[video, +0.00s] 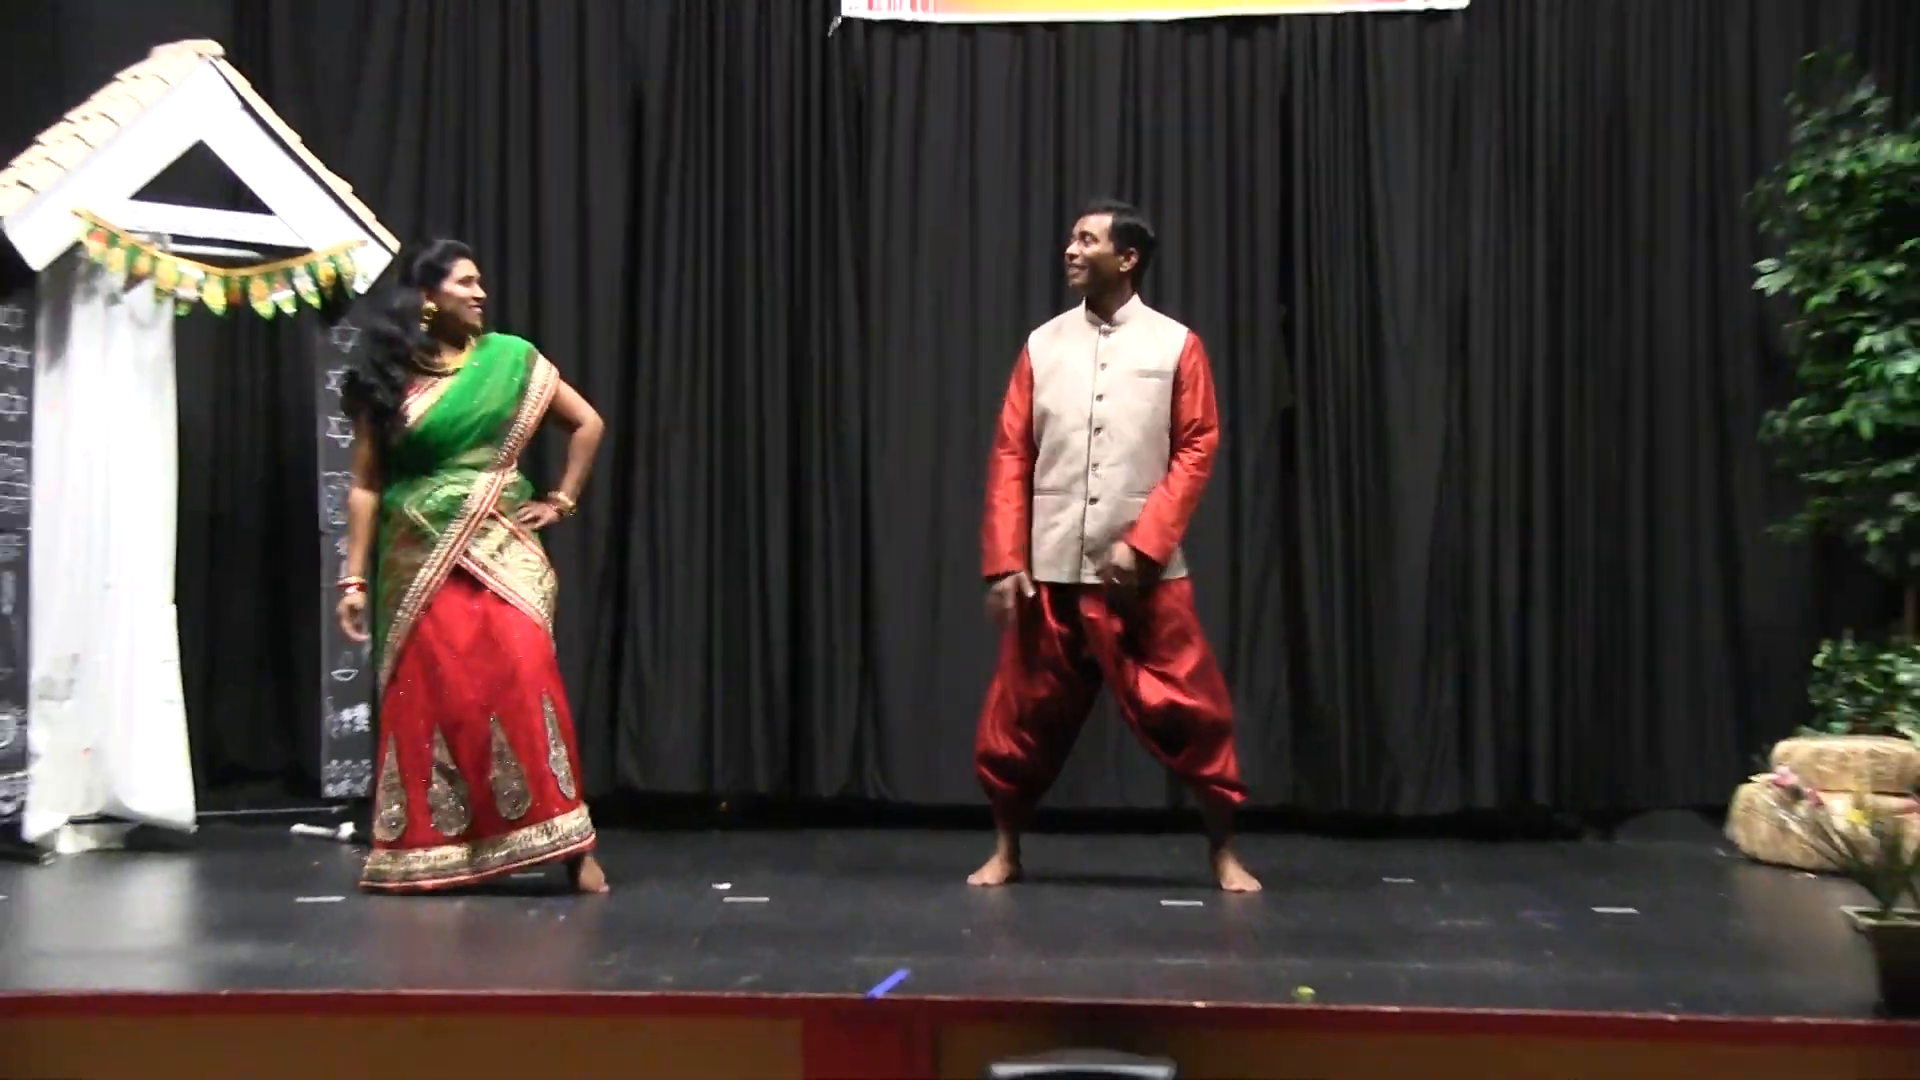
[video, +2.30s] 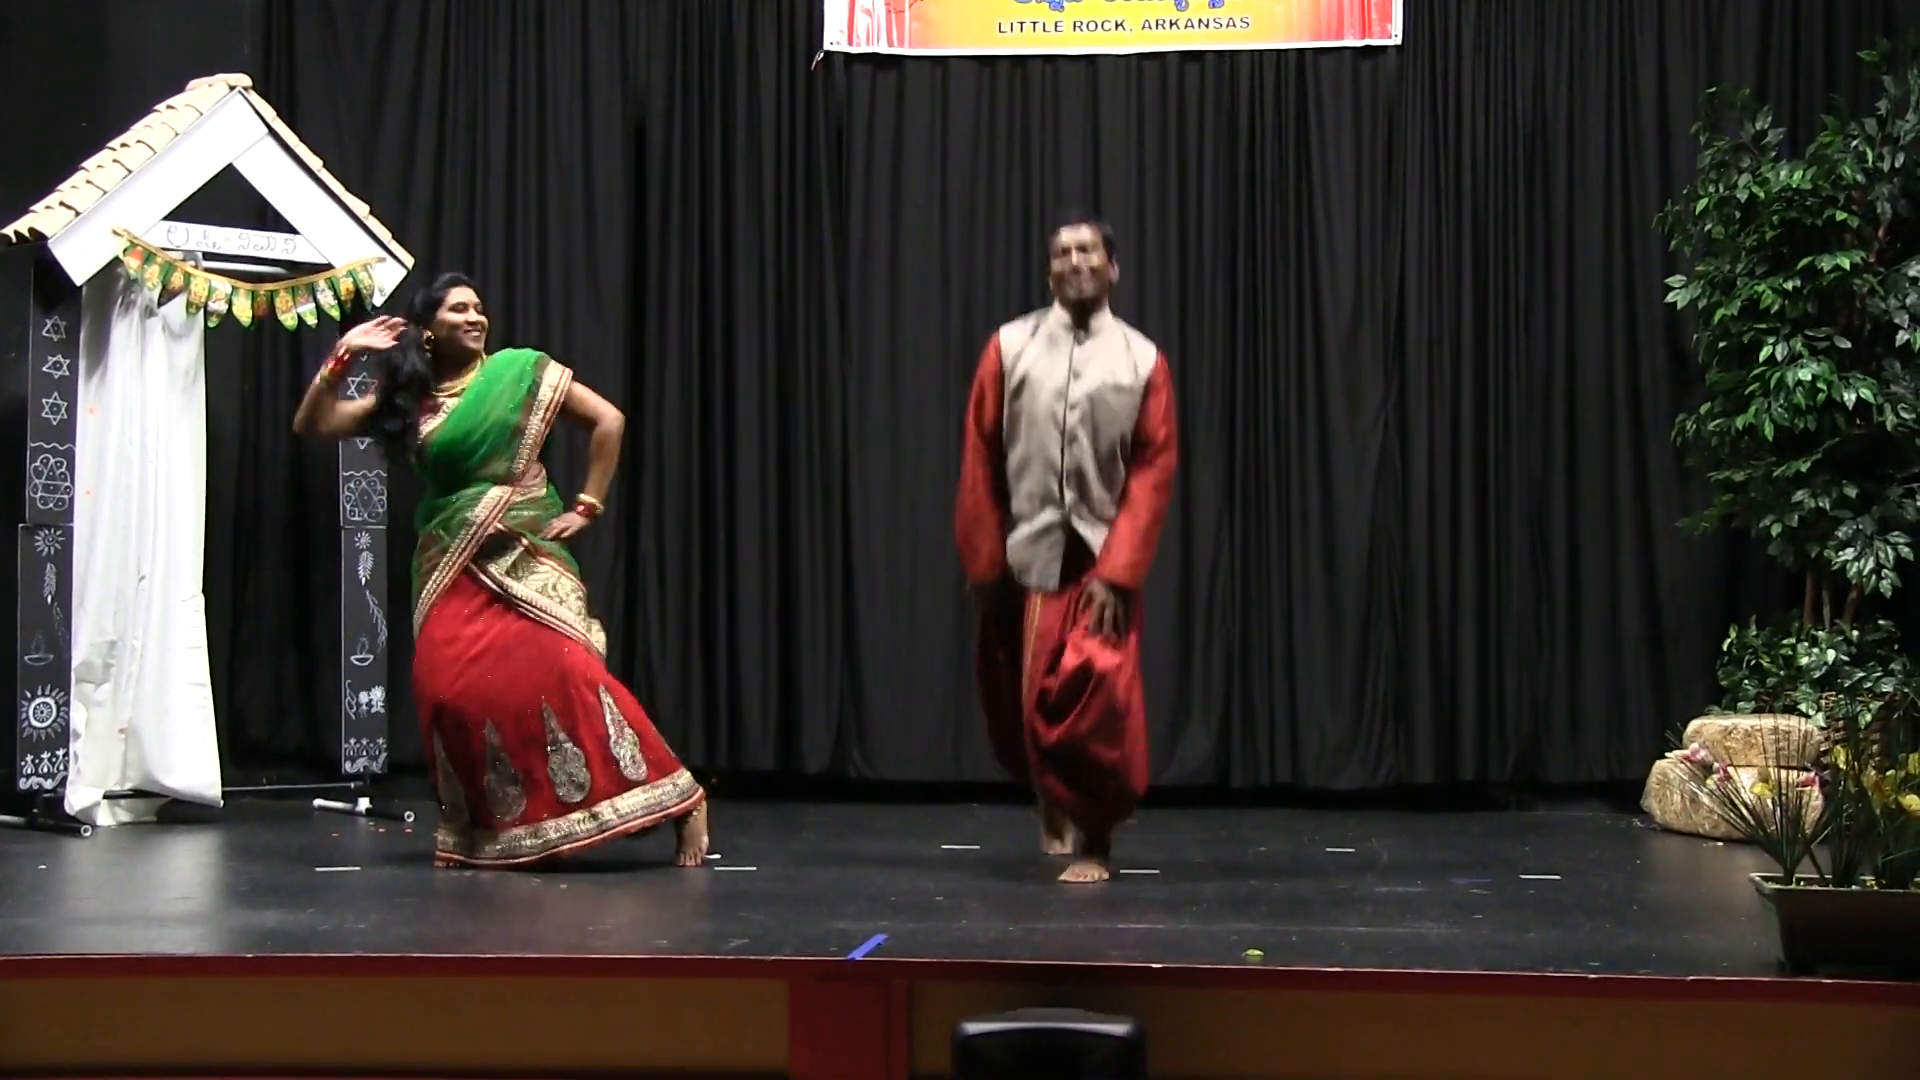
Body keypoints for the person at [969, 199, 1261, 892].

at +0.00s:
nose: (1071, 250)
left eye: (1087, 240)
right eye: (1071, 239)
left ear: (1129, 256)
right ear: (1073, 254)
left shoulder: (1176, 344)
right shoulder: (1041, 345)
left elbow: (1198, 448)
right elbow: (1011, 453)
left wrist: (1147, 542)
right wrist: (1005, 559)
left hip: (1143, 571)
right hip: (1049, 571)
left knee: (1196, 711)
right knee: (1018, 715)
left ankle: (1224, 855)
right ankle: (1004, 852)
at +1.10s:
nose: (1063, 289)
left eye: (1077, 280)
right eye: (1054, 279)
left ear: (1102, 297)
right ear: (1042, 294)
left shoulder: (1134, 377)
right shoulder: (1005, 380)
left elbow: (1162, 473)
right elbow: (974, 480)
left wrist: (1128, 553)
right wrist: (962, 581)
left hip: (1113, 574)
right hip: (1033, 577)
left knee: (1117, 692)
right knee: (1037, 716)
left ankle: (1157, 824)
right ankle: (1054, 836)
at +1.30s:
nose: (1055, 243)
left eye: (1069, 234)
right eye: (1045, 233)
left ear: (1092, 247)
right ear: (1031, 245)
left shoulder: (1129, 318)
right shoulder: (998, 326)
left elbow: (1173, 401)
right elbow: (949, 415)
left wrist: (1134, 453)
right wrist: (986, 477)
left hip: (1125, 522)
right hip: (1040, 529)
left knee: (1110, 653)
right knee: (1039, 677)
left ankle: (1092, 800)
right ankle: (1071, 786)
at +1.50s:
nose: (1058, 318)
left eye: (1070, 307)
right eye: (1047, 307)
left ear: (1093, 321)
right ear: (1032, 321)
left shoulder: (1130, 401)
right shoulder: (998, 407)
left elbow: (1171, 490)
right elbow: (964, 503)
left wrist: (1131, 540)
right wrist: (1006, 513)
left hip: (1118, 593)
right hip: (1042, 595)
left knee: (1098, 701)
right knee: (1032, 713)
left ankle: (1097, 853)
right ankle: (1059, 821)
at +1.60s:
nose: (1056, 374)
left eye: (1068, 364)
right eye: (1044, 364)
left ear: (1090, 379)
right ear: (1028, 379)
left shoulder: (1130, 455)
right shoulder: (1000, 469)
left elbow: (1157, 551)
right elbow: (985, 572)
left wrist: (1115, 627)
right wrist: (1010, 639)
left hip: (1117, 630)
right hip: (1040, 642)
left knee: (1084, 698)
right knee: (1012, 776)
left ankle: (1089, 860)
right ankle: (1061, 850)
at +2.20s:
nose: (1086, 335)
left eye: (1099, 325)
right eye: (1076, 324)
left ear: (1122, 344)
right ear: (1060, 338)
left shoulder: (1143, 432)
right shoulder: (1011, 414)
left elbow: (1141, 540)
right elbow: (982, 518)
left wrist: (1102, 629)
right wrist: (986, 617)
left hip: (1105, 603)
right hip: (1026, 602)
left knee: (1091, 712)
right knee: (1025, 725)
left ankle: (1084, 848)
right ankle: (1054, 838)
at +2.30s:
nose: (1076, 262)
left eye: (1088, 251)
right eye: (1065, 253)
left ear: (1111, 266)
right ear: (1049, 269)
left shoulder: (1142, 359)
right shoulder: (1010, 345)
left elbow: (1155, 469)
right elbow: (980, 451)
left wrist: (1120, 569)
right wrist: (983, 555)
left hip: (1105, 549)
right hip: (1025, 547)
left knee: (1097, 686)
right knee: (1027, 686)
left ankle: (1093, 845)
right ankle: (1051, 808)